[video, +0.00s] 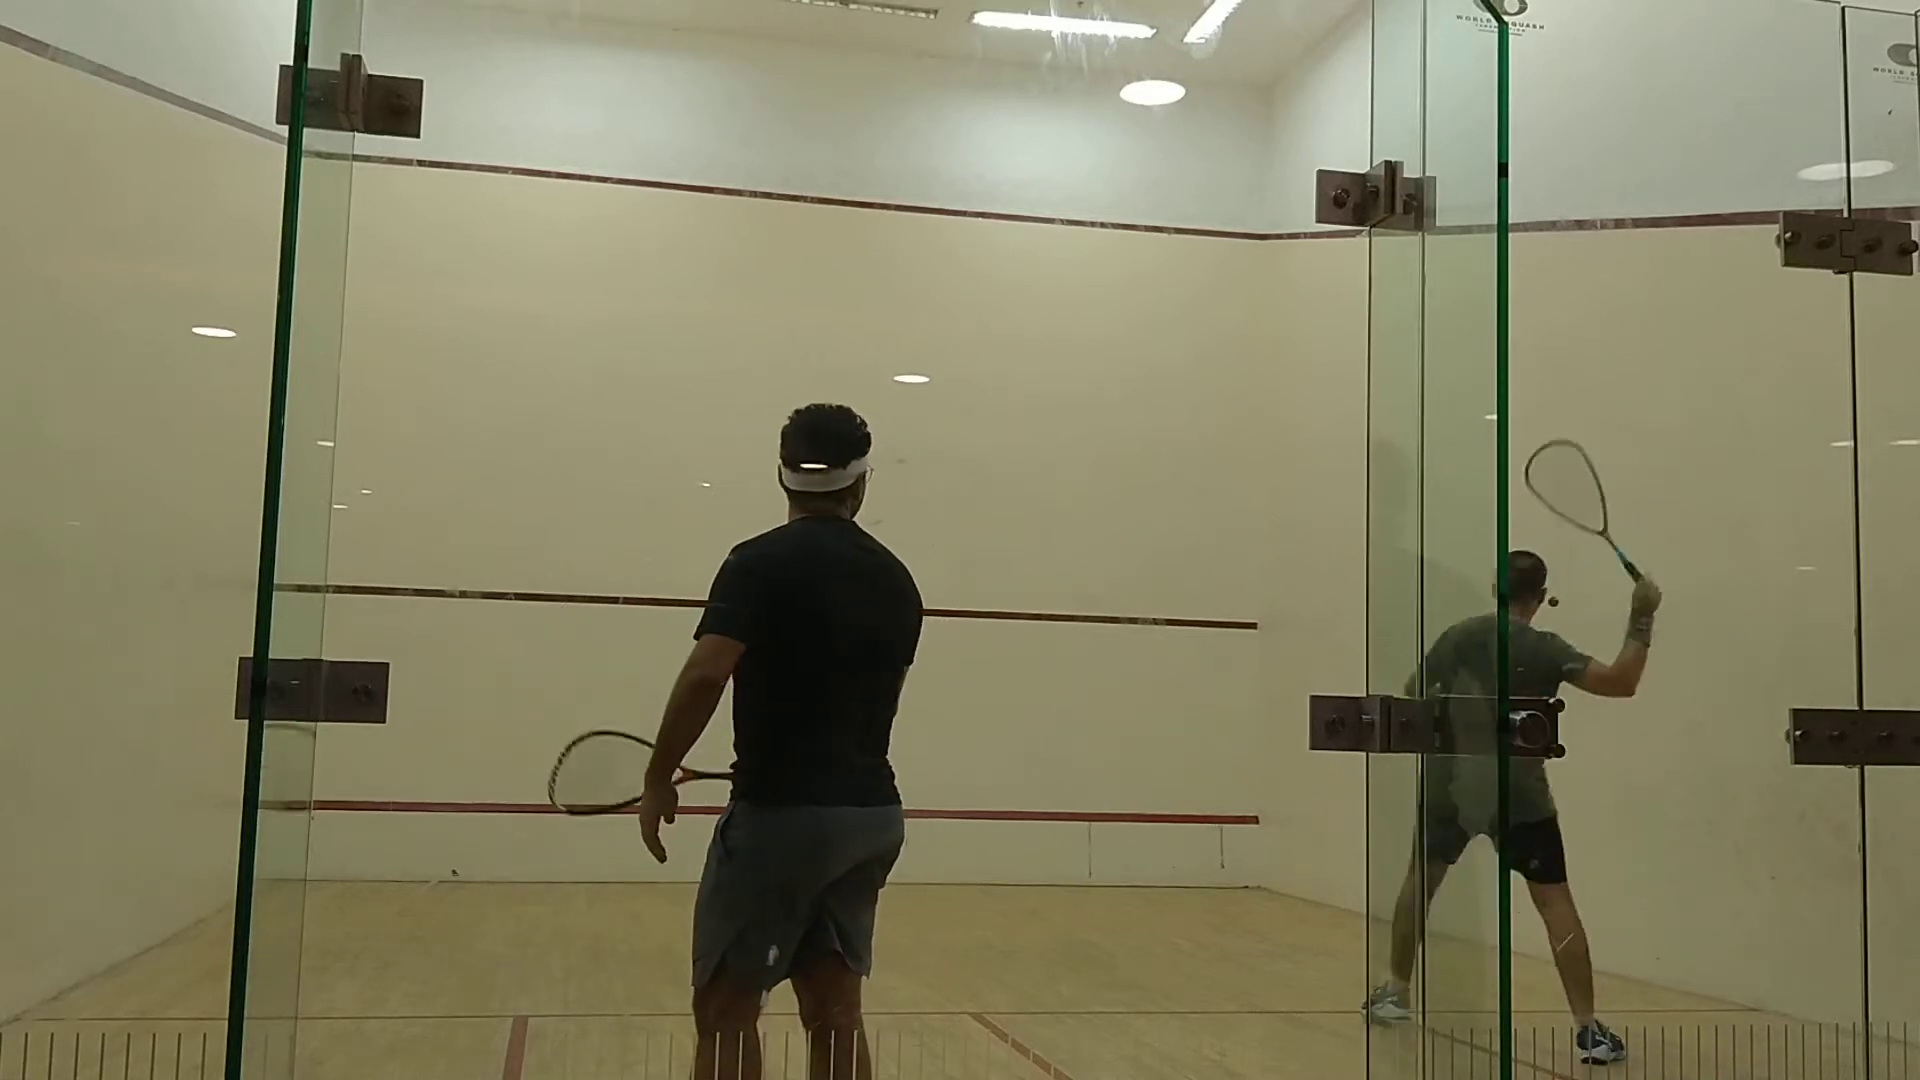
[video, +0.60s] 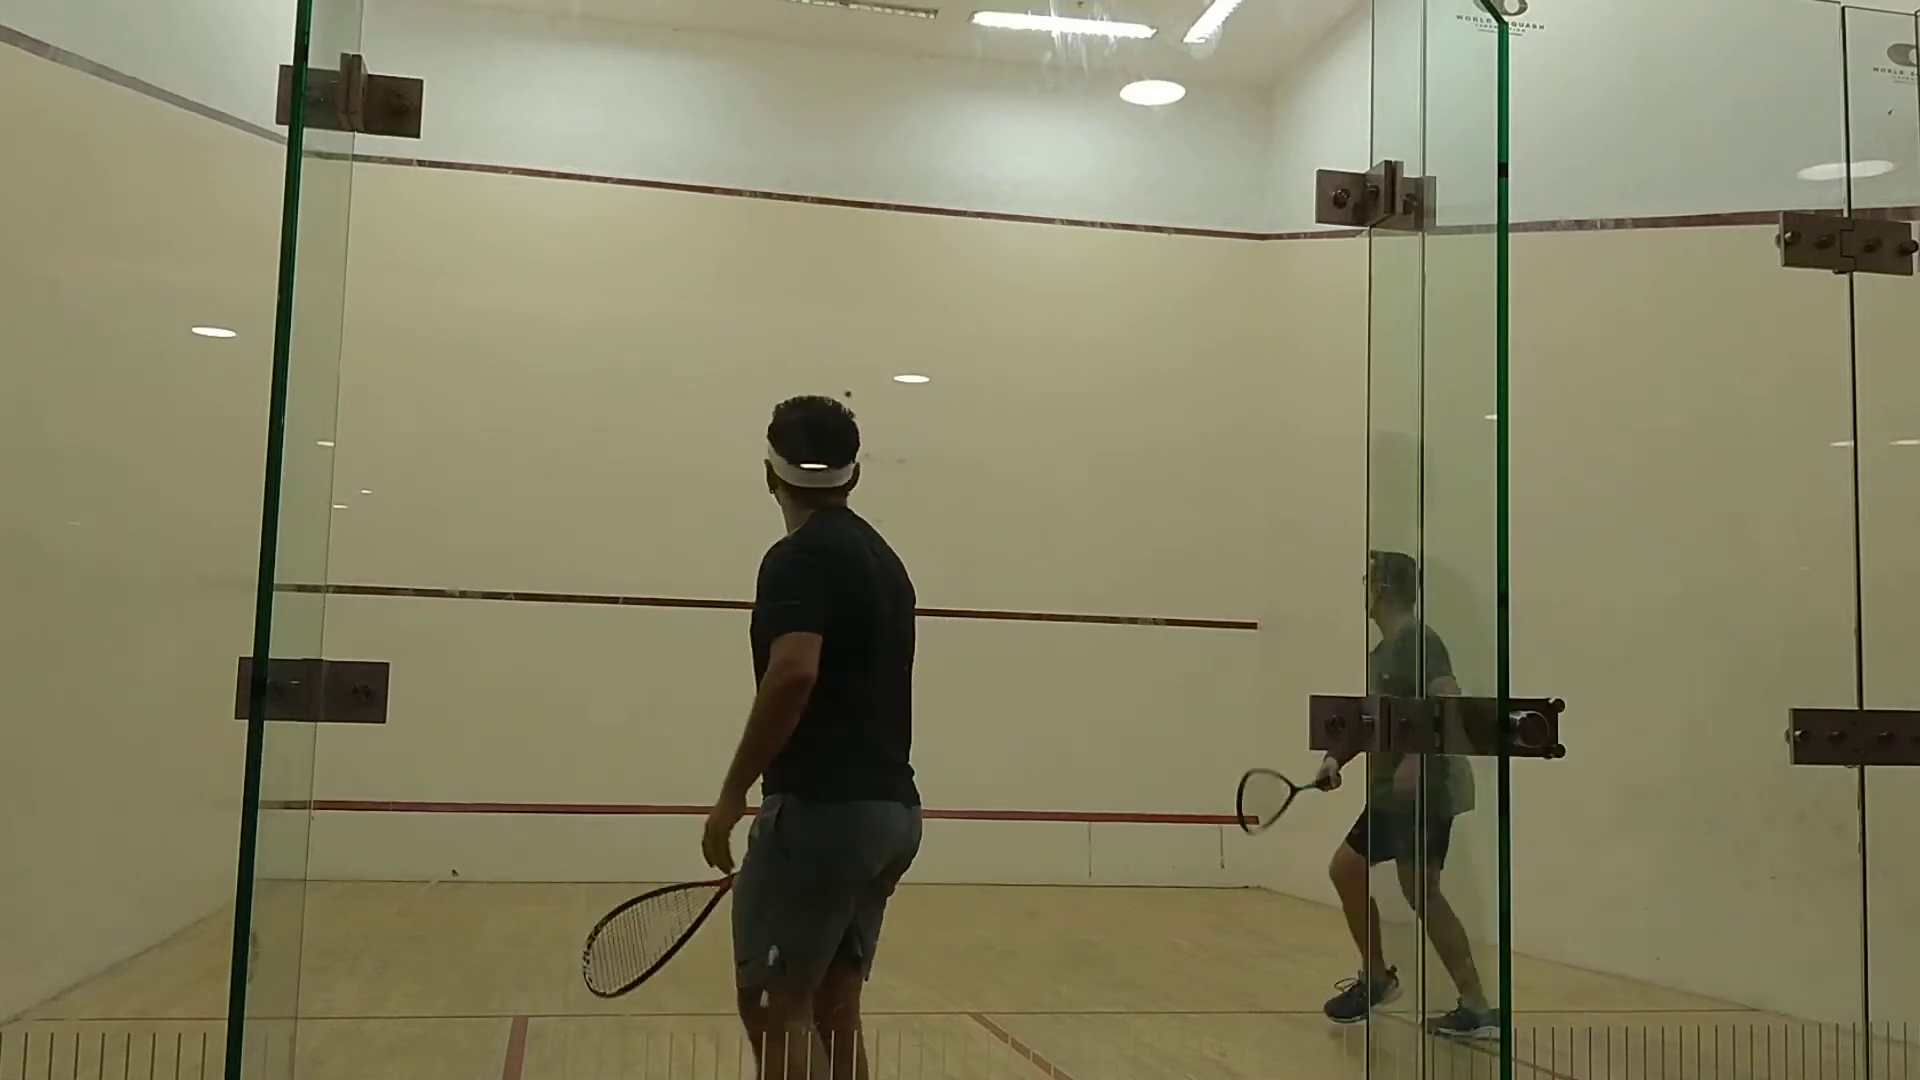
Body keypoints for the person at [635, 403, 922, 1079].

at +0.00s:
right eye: (861, 478)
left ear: (784, 480)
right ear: (860, 485)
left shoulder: (755, 563)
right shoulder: (897, 580)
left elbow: (707, 673)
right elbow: (871, 702)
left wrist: (659, 773)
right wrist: (772, 760)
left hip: (772, 824)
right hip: (870, 821)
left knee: (726, 1011)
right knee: (835, 1010)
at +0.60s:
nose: (770, 473)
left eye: (771, 463)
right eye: (778, 462)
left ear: (774, 475)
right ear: (849, 475)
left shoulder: (796, 559)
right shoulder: (882, 561)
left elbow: (794, 673)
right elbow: (869, 699)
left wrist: (730, 799)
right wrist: (789, 803)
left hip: (818, 818)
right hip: (890, 815)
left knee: (772, 1007)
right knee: (835, 1004)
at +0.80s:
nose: (773, 476)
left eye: (774, 464)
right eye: (779, 463)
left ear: (785, 482)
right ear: (861, 479)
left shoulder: (821, 567)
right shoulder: (889, 558)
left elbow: (823, 696)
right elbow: (891, 708)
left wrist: (774, 831)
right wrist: (813, 832)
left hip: (857, 830)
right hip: (908, 825)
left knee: (821, 1024)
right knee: (837, 1017)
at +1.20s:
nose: (747, 499)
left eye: (758, 480)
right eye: (748, 481)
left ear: (813, 483)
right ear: (812, 484)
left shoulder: (880, 571)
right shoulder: (829, 576)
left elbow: (911, 705)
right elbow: (841, 704)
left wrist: (862, 849)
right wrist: (785, 760)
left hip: (916, 843)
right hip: (838, 838)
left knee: (915, 1050)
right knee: (759, 1018)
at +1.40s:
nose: (711, 509)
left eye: (724, 489)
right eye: (708, 493)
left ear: (786, 485)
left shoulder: (887, 577)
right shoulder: (754, 597)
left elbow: (971, 697)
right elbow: (760, 706)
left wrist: (952, 826)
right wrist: (736, 776)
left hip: (904, 856)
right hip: (805, 852)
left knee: (928, 1054)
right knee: (737, 1024)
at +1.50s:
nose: (687, 535)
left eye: (699, 514)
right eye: (683, 518)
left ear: (759, 506)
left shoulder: (868, 585)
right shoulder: (725, 628)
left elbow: (975, 695)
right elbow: (740, 743)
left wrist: (977, 825)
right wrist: (716, 830)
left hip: (906, 858)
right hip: (802, 851)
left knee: (921, 1058)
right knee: (695, 1009)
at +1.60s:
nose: (661, 577)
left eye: (673, 556)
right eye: (656, 561)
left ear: (734, 544)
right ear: (729, 547)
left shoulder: (857, 604)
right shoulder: (699, 677)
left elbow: (975, 702)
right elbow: (723, 812)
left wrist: (954, 817)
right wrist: (688, 822)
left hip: (904, 858)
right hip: (793, 864)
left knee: (898, 1054)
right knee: (694, 1034)